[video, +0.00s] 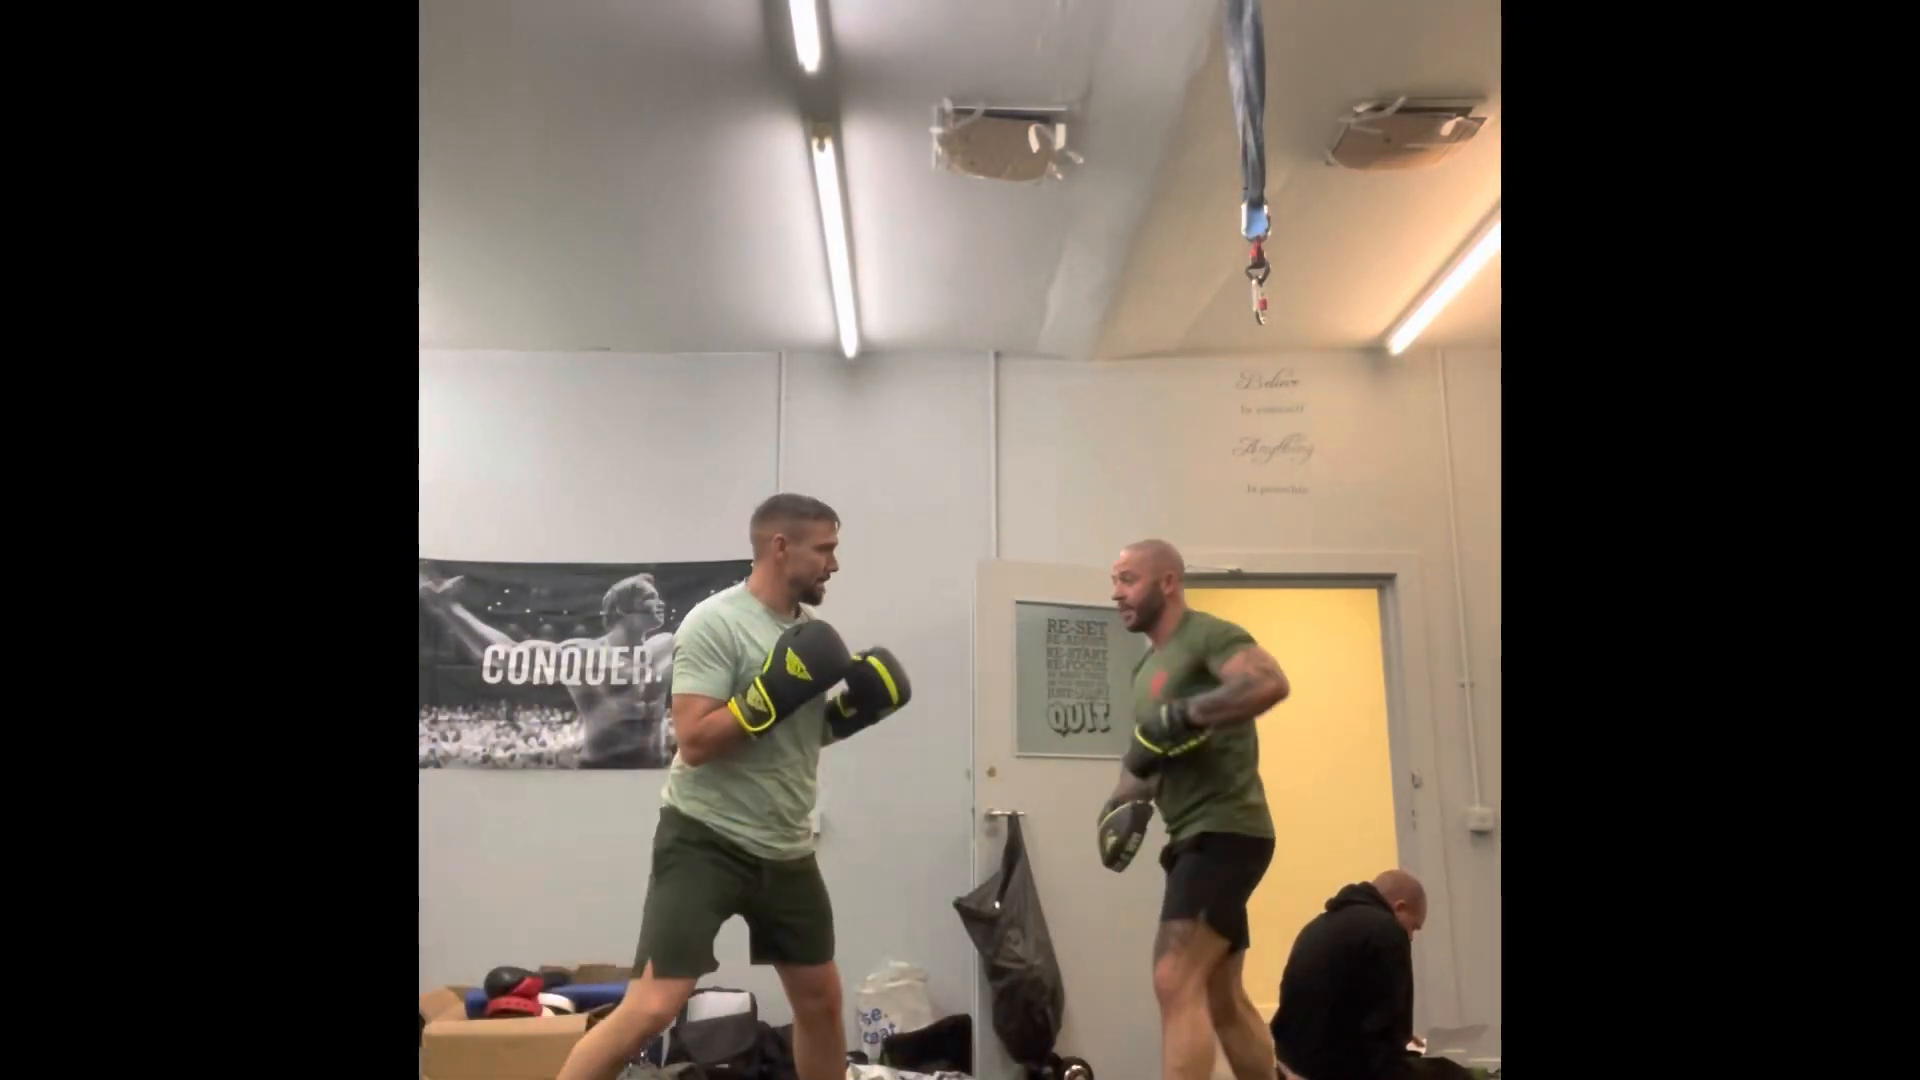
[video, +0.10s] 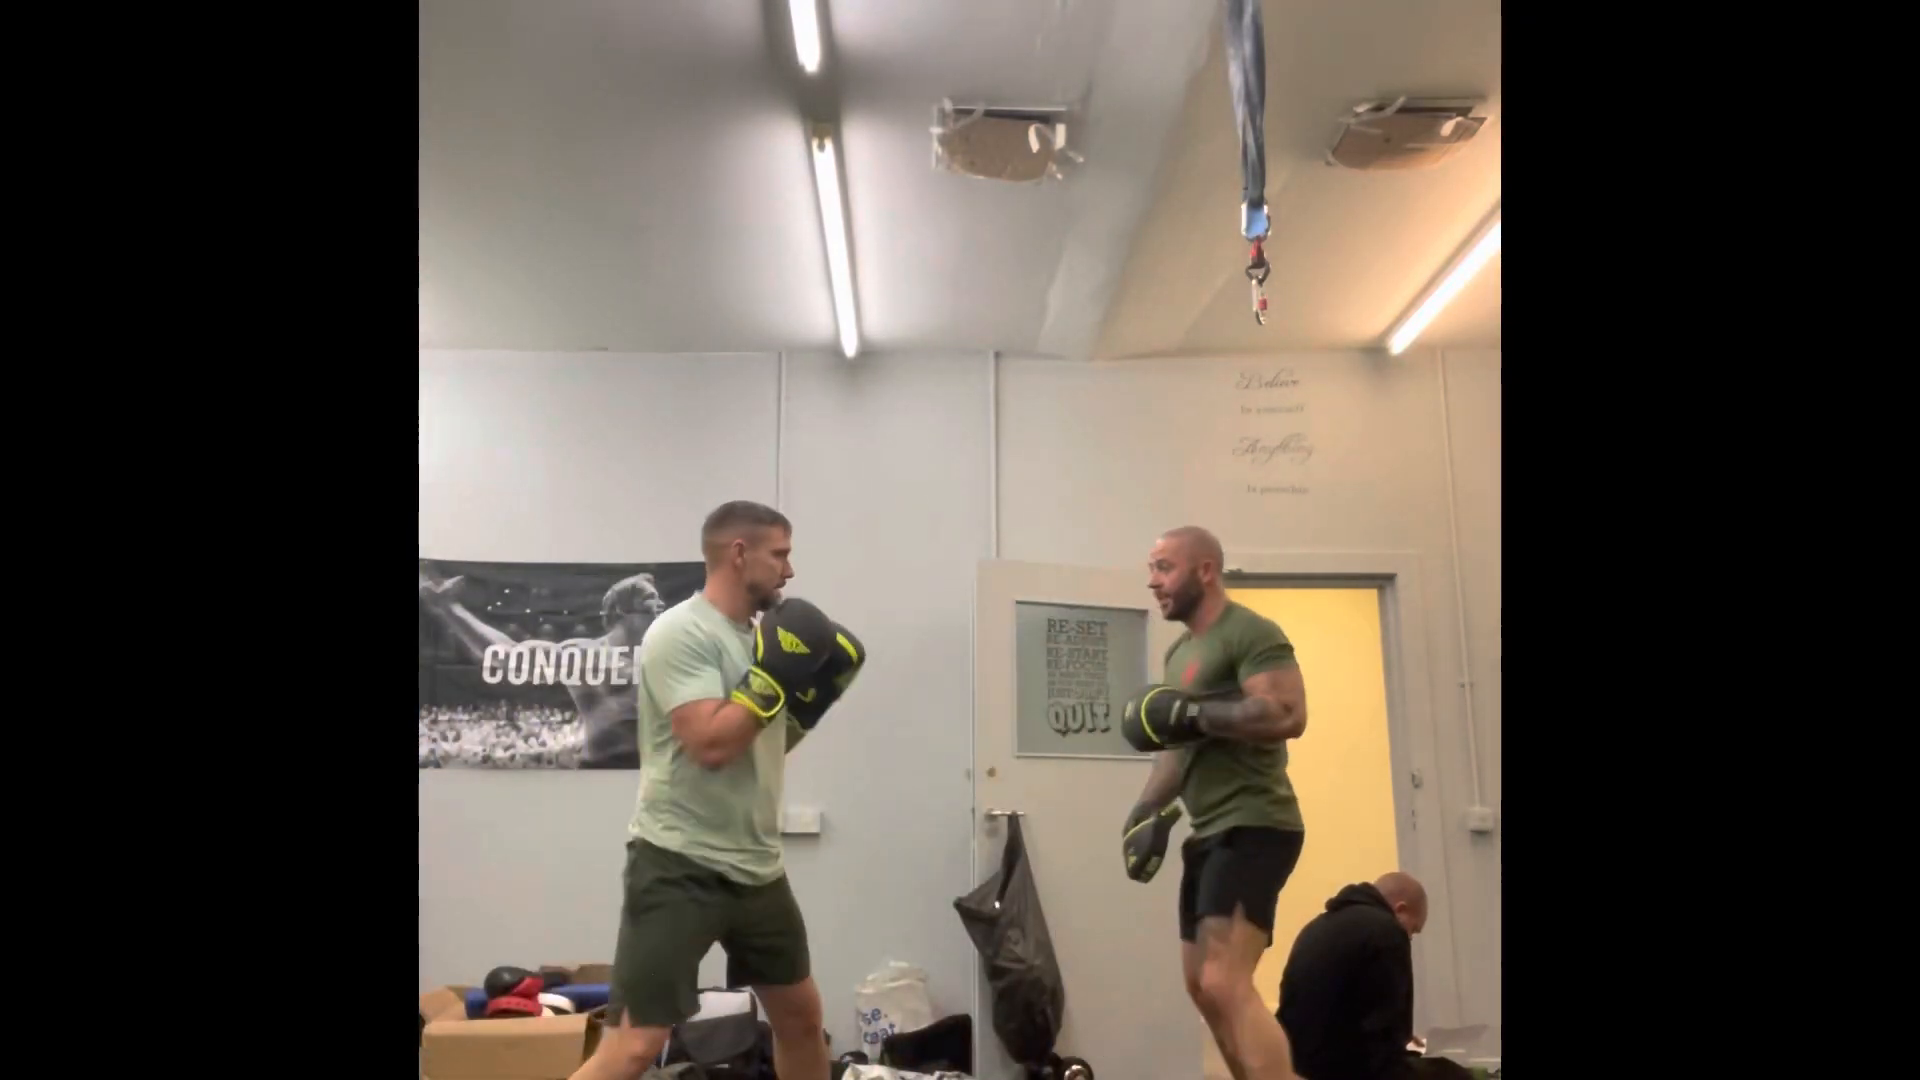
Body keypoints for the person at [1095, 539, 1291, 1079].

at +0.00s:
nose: (1117, 593)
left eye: (1128, 580)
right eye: (1115, 582)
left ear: (1167, 583)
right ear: (1151, 586)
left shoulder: (1209, 633)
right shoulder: (1146, 669)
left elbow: (1268, 681)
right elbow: (1147, 752)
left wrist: (1180, 718)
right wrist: (1124, 808)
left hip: (1229, 830)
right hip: (1192, 836)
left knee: (1176, 980)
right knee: (1225, 1000)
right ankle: (1273, 1078)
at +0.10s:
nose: (1153, 580)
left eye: (1164, 568)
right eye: (1151, 569)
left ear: (1205, 571)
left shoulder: (1252, 632)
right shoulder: (1178, 654)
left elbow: (1286, 715)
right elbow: (1179, 742)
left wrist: (1192, 714)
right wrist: (1149, 808)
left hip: (1257, 822)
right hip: (1207, 830)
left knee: (1225, 981)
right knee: (1203, 986)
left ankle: (1283, 1078)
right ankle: (1259, 1078)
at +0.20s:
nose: (1190, 579)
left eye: (1203, 568)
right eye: (1192, 568)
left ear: (1246, 577)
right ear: (1235, 579)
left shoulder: (1284, 647)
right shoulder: (1221, 662)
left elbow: (1283, 741)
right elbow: (1224, 758)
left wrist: (1200, 711)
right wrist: (1182, 831)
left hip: (1295, 849)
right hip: (1244, 854)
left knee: (1281, 1023)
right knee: (1235, 1007)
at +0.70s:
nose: (1320, 561)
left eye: (1332, 545)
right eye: (1318, 547)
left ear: (1380, 542)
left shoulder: (1435, 603)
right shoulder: (1354, 640)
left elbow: (1393, 699)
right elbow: (1335, 730)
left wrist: (1297, 696)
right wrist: (1292, 757)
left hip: (1452, 827)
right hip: (1416, 831)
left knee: (1381, 1003)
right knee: (1468, 1020)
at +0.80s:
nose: (1311, 565)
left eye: (1322, 548)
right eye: (1308, 551)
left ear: (1372, 544)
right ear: (1364, 550)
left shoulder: (1418, 601)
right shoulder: (1355, 641)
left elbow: (1347, 682)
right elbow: (1320, 740)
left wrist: (1261, 682)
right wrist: (1246, 738)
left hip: (1444, 835)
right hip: (1418, 837)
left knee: (1380, 1017)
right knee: (1452, 1025)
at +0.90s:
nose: (1295, 561)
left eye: (1308, 545)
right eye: (1293, 548)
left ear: (1356, 544)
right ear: (1355, 549)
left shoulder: (1393, 601)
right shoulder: (1371, 628)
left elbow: (1306, 687)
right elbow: (1308, 738)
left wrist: (1235, 684)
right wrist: (1227, 742)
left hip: (1427, 835)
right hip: (1439, 834)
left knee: (1356, 1015)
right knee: (1453, 1023)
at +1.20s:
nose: (1267, 562)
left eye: (1278, 545)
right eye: (1264, 549)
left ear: (1327, 541)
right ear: (1325, 546)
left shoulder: (1364, 600)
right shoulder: (1346, 617)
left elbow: (1267, 683)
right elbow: (1273, 724)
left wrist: (1194, 668)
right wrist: (1193, 719)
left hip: (1410, 832)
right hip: (1423, 830)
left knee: (1340, 1016)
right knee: (1440, 1019)